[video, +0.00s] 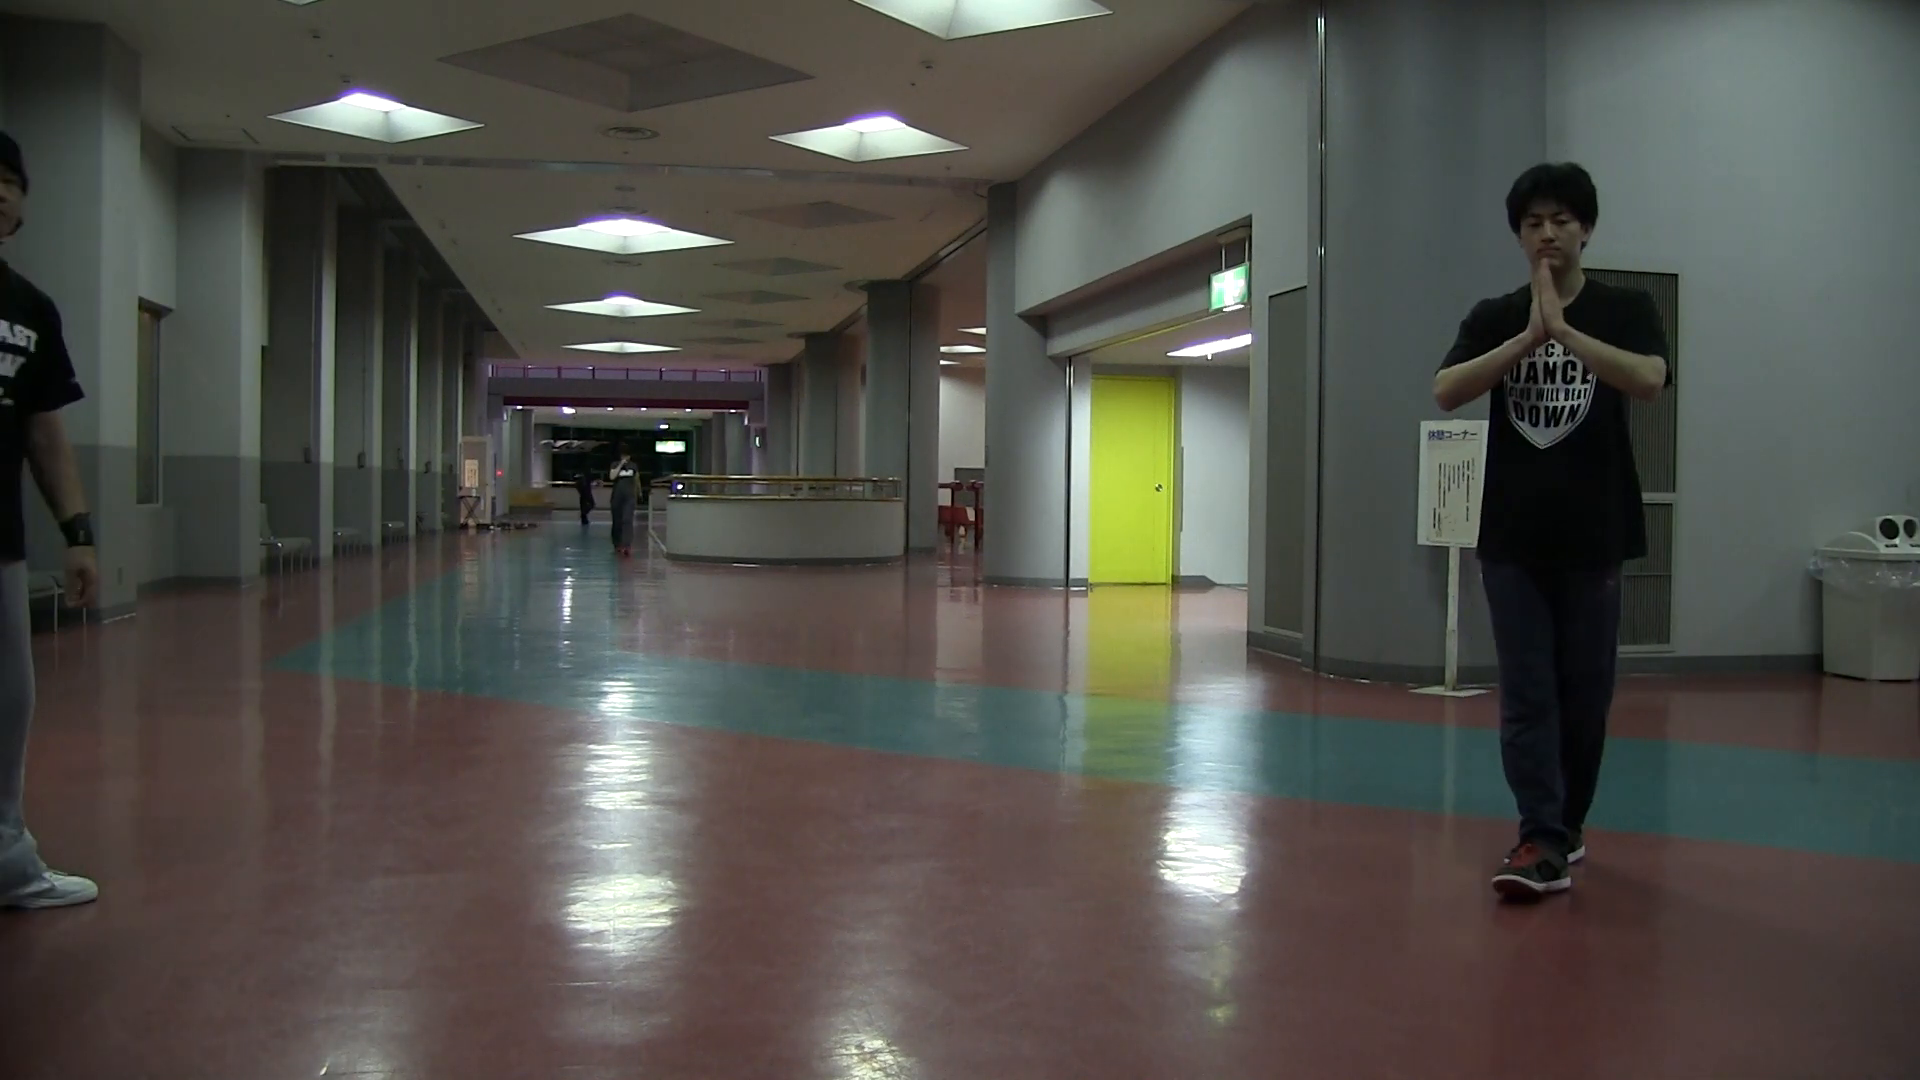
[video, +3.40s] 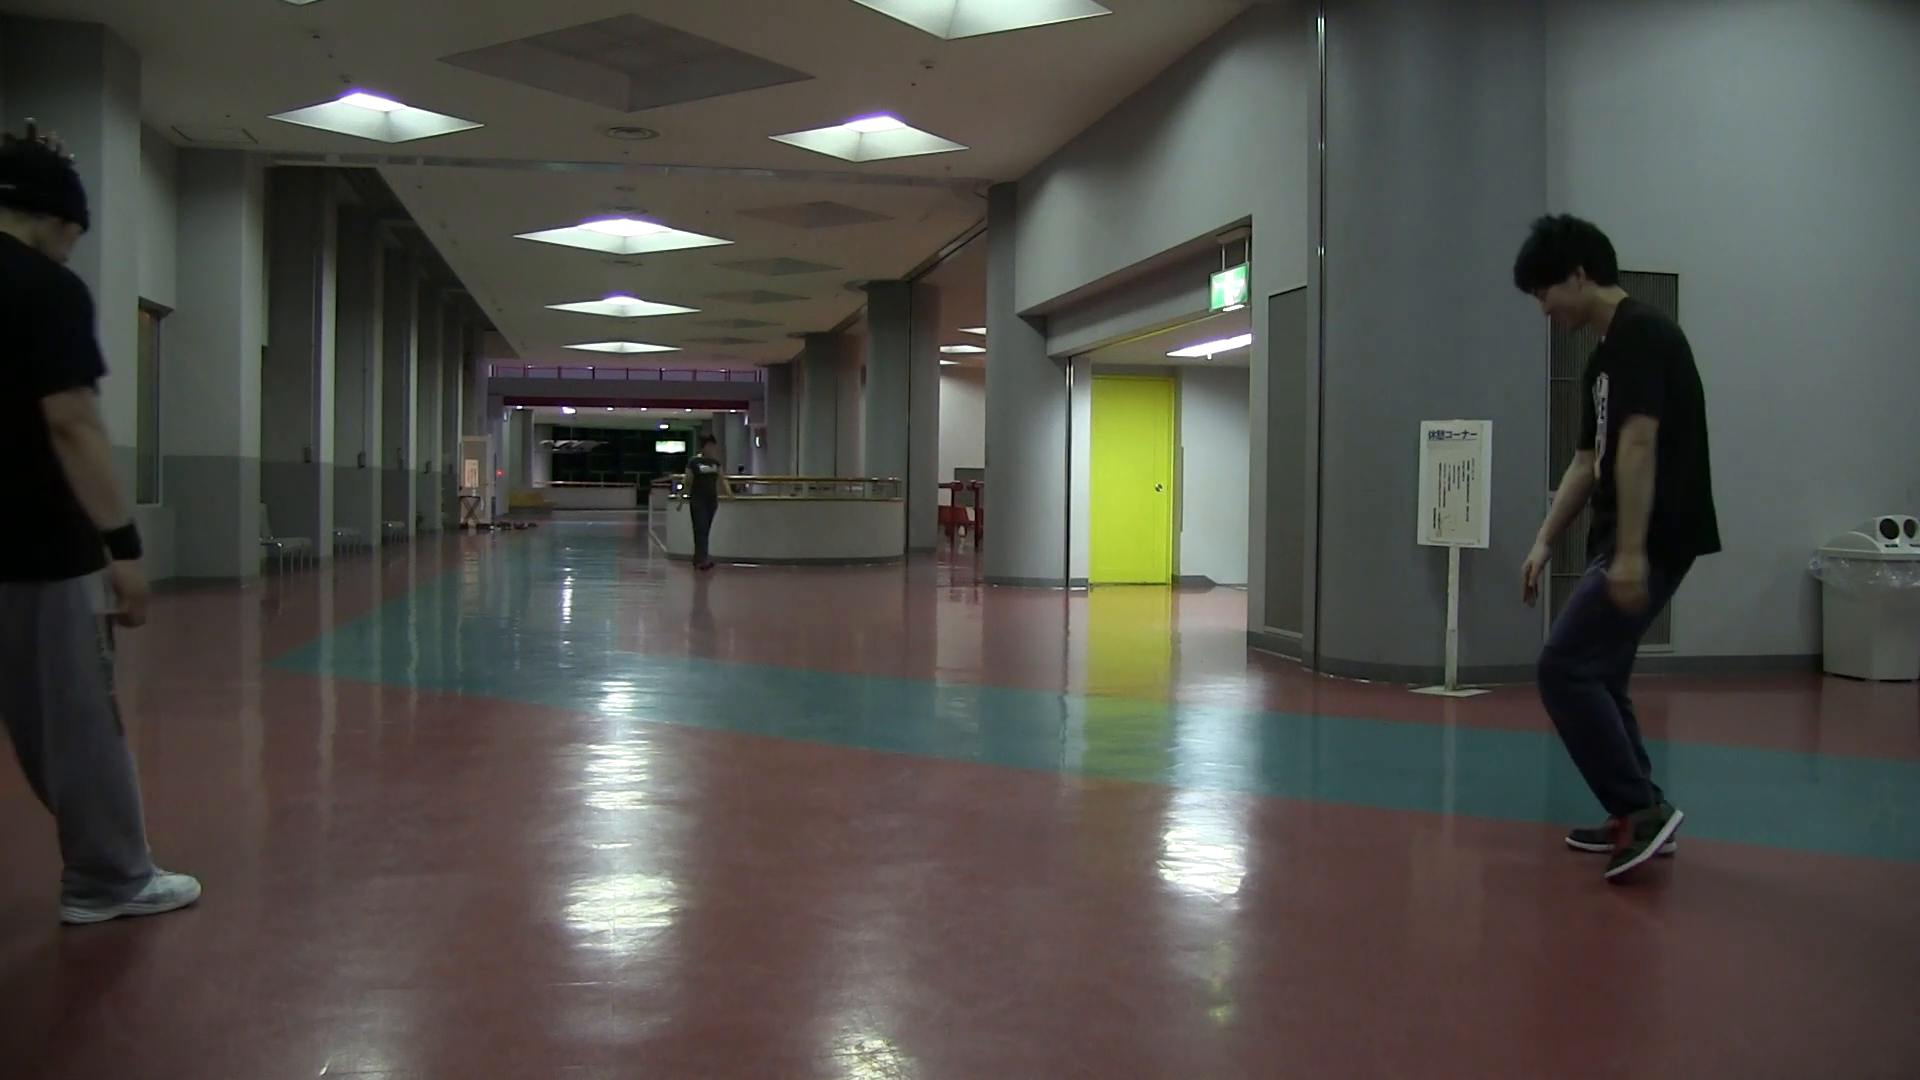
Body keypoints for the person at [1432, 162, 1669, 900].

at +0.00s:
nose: (1548, 235)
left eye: (1562, 222)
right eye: (1534, 223)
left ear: (1587, 230)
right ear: (1518, 234)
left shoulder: (1625, 309)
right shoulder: (1492, 316)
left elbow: (1650, 379)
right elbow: (1447, 389)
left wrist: (1563, 331)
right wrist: (1527, 339)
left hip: (1595, 531)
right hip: (1512, 531)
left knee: (1584, 687)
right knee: (1527, 687)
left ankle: (1564, 834)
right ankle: (1539, 842)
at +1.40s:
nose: (1553, 230)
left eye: (1568, 215)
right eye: (1543, 219)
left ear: (1607, 224)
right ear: (1536, 233)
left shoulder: (1657, 300)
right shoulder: (1532, 320)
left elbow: (1663, 391)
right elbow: (1467, 412)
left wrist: (1559, 360)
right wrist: (1528, 359)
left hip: (1611, 536)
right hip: (1533, 532)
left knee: (1598, 700)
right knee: (1527, 698)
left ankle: (1680, 819)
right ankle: (1544, 849)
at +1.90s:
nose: (1601, 233)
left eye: (1614, 220)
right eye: (1599, 221)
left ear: (1661, 224)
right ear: (1612, 230)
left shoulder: (1711, 299)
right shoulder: (1613, 325)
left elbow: (1685, 397)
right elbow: (1569, 422)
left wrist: (1588, 386)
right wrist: (1564, 385)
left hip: (1695, 528)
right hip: (1625, 527)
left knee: (1678, 691)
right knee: (1588, 683)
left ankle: (1707, 848)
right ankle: (1553, 836)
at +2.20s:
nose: (1606, 228)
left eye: (1620, 215)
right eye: (1608, 216)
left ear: (1663, 225)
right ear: (1639, 229)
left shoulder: (1705, 302)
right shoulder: (1630, 327)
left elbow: (1675, 403)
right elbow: (1626, 420)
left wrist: (1579, 451)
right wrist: (1575, 456)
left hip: (1690, 530)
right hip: (1631, 529)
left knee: (1688, 686)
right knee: (1618, 677)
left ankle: (1711, 847)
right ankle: (1643, 814)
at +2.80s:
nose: (1650, 238)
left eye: (1658, 229)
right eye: (1659, 228)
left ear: (1670, 244)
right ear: (1702, 266)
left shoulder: (1646, 317)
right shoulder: (1682, 327)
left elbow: (1609, 421)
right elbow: (1652, 432)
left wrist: (1592, 517)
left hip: (1606, 529)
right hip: (1640, 528)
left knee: (1573, 675)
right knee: (1623, 670)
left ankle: (1664, 817)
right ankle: (1635, 816)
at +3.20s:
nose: (1577, 299)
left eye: (1580, 283)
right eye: (1576, 285)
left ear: (1609, 273)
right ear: (1626, 277)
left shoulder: (1635, 334)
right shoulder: (1661, 338)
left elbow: (1582, 425)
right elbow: (1631, 461)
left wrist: (1531, 514)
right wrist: (1580, 546)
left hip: (1620, 545)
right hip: (1640, 547)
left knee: (1536, 674)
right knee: (1586, 682)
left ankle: (1621, 808)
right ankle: (1634, 811)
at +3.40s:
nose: (1544, 308)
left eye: (1545, 292)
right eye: (1538, 296)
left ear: (1580, 275)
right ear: (1577, 280)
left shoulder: (1644, 334)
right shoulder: (1606, 354)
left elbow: (1638, 445)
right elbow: (1587, 458)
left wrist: (1631, 550)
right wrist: (1544, 540)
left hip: (1656, 539)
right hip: (1629, 538)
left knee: (1563, 669)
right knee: (1603, 678)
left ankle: (1641, 810)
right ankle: (1631, 816)